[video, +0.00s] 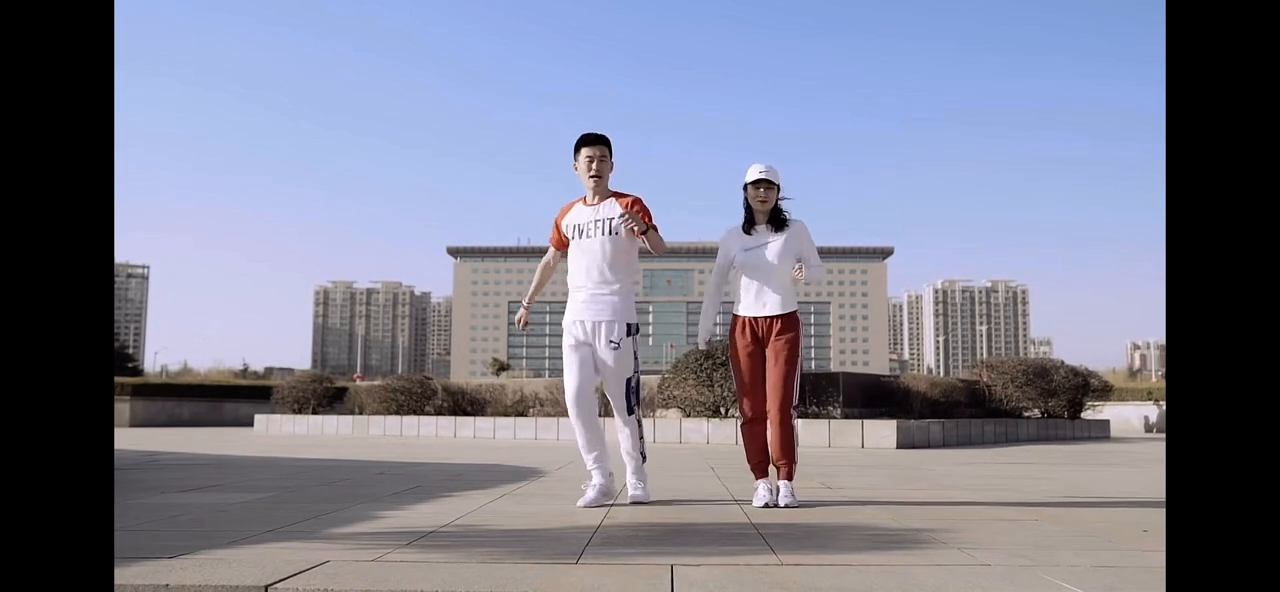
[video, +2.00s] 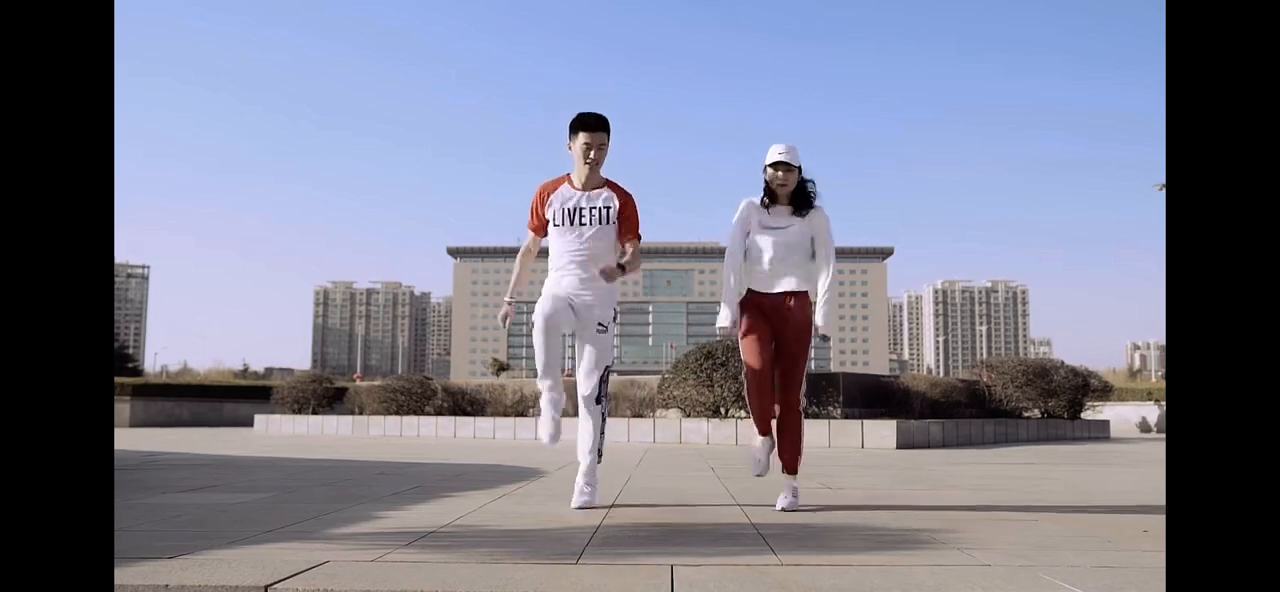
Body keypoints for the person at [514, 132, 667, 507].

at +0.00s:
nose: (595, 165)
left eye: (602, 159)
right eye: (588, 160)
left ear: (611, 165)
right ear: (577, 167)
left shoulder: (630, 206)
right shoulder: (567, 216)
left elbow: (660, 249)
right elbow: (549, 263)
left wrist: (643, 232)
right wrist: (527, 302)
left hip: (616, 316)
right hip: (576, 316)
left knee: (624, 404)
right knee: (576, 400)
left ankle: (636, 479)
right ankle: (600, 480)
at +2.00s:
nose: (593, 153)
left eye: (600, 147)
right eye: (586, 146)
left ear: (608, 150)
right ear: (571, 147)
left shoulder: (621, 198)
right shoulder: (548, 194)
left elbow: (632, 254)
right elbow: (530, 249)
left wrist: (621, 268)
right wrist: (510, 297)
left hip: (600, 297)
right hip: (559, 291)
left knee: (590, 394)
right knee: (544, 315)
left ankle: (586, 481)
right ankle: (550, 398)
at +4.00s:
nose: (567, 146)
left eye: (573, 140)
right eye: (559, 140)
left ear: (581, 146)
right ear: (543, 147)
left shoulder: (602, 195)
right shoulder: (526, 196)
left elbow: (611, 247)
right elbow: (494, 240)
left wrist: (623, 286)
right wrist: (506, 224)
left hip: (590, 296)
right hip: (548, 303)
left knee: (583, 329)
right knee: (553, 404)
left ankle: (596, 406)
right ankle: (564, 484)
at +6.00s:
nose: (555, 125)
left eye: (558, 119)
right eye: (545, 120)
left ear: (564, 128)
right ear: (525, 131)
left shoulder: (587, 178)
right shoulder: (512, 190)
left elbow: (618, 232)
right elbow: (496, 247)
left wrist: (610, 245)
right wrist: (480, 293)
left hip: (583, 300)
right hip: (537, 302)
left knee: (599, 396)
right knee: (540, 403)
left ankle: (618, 441)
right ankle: (553, 498)